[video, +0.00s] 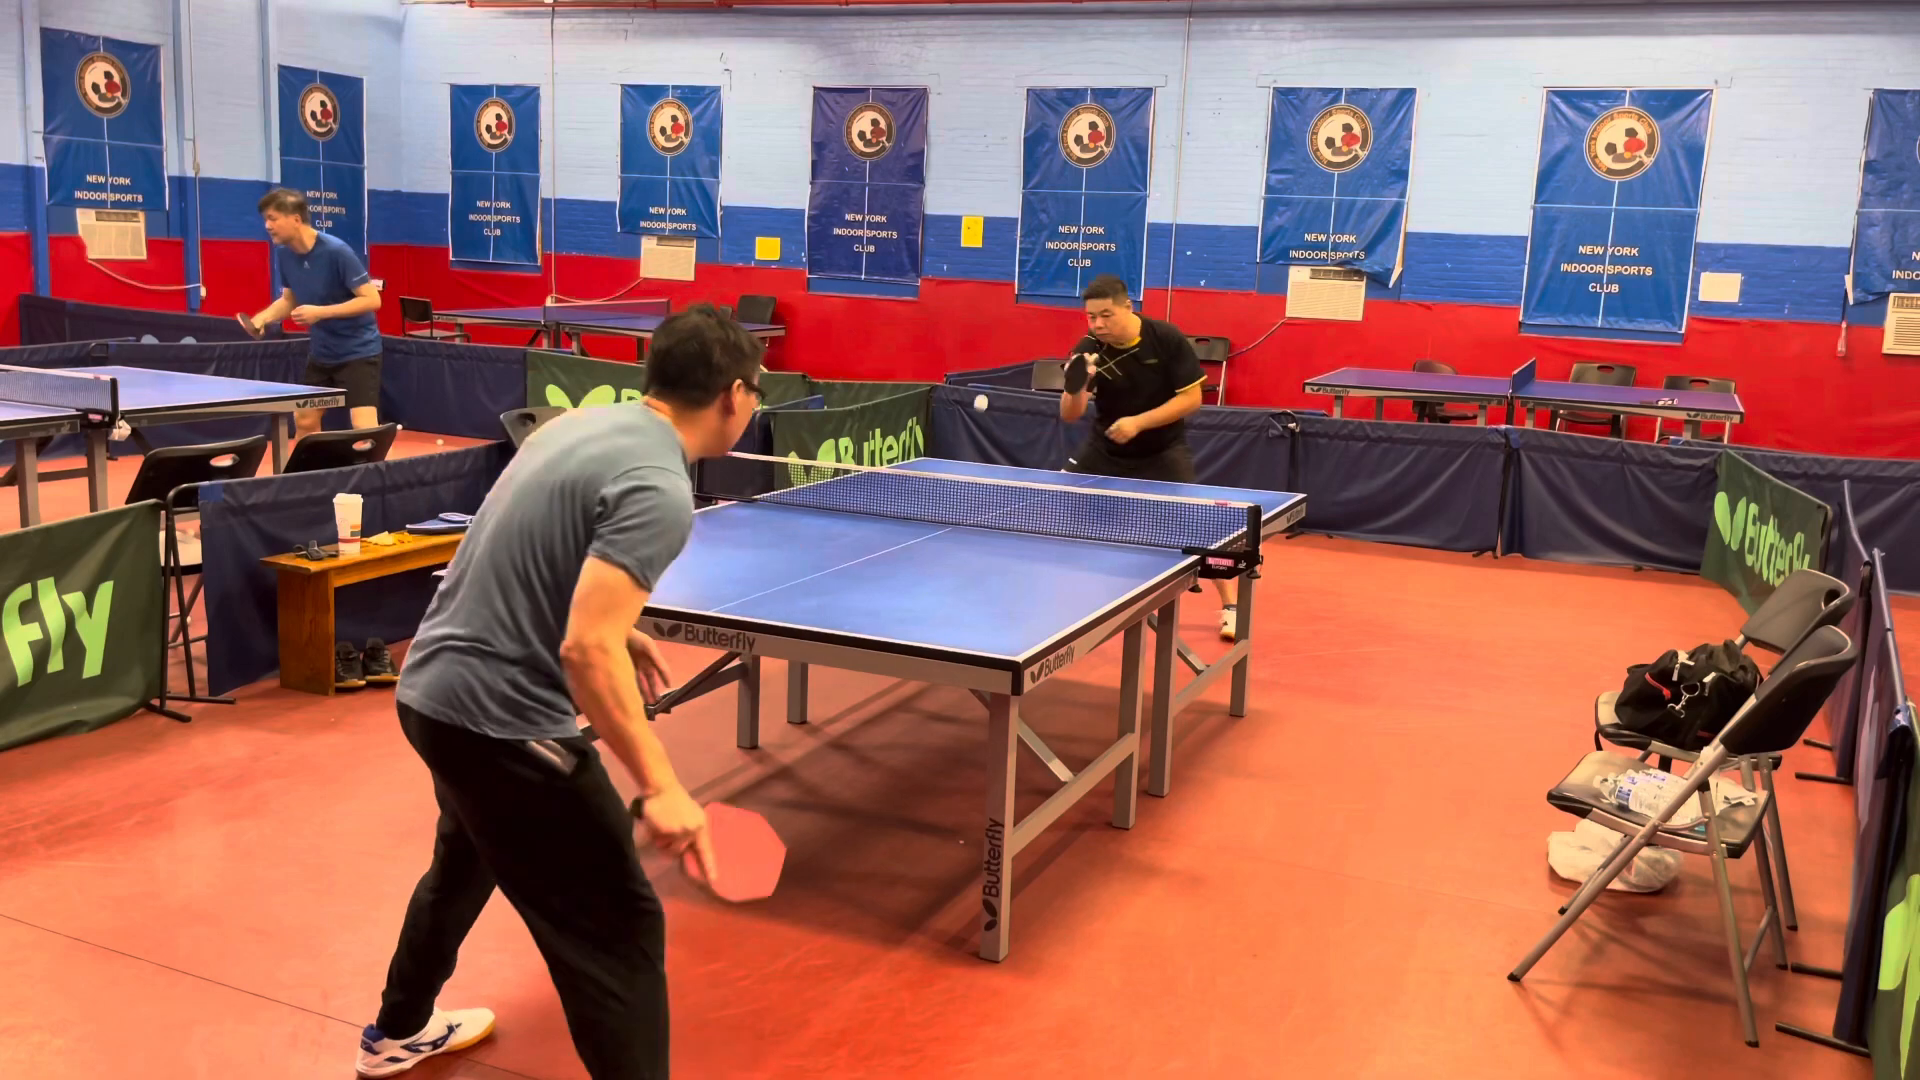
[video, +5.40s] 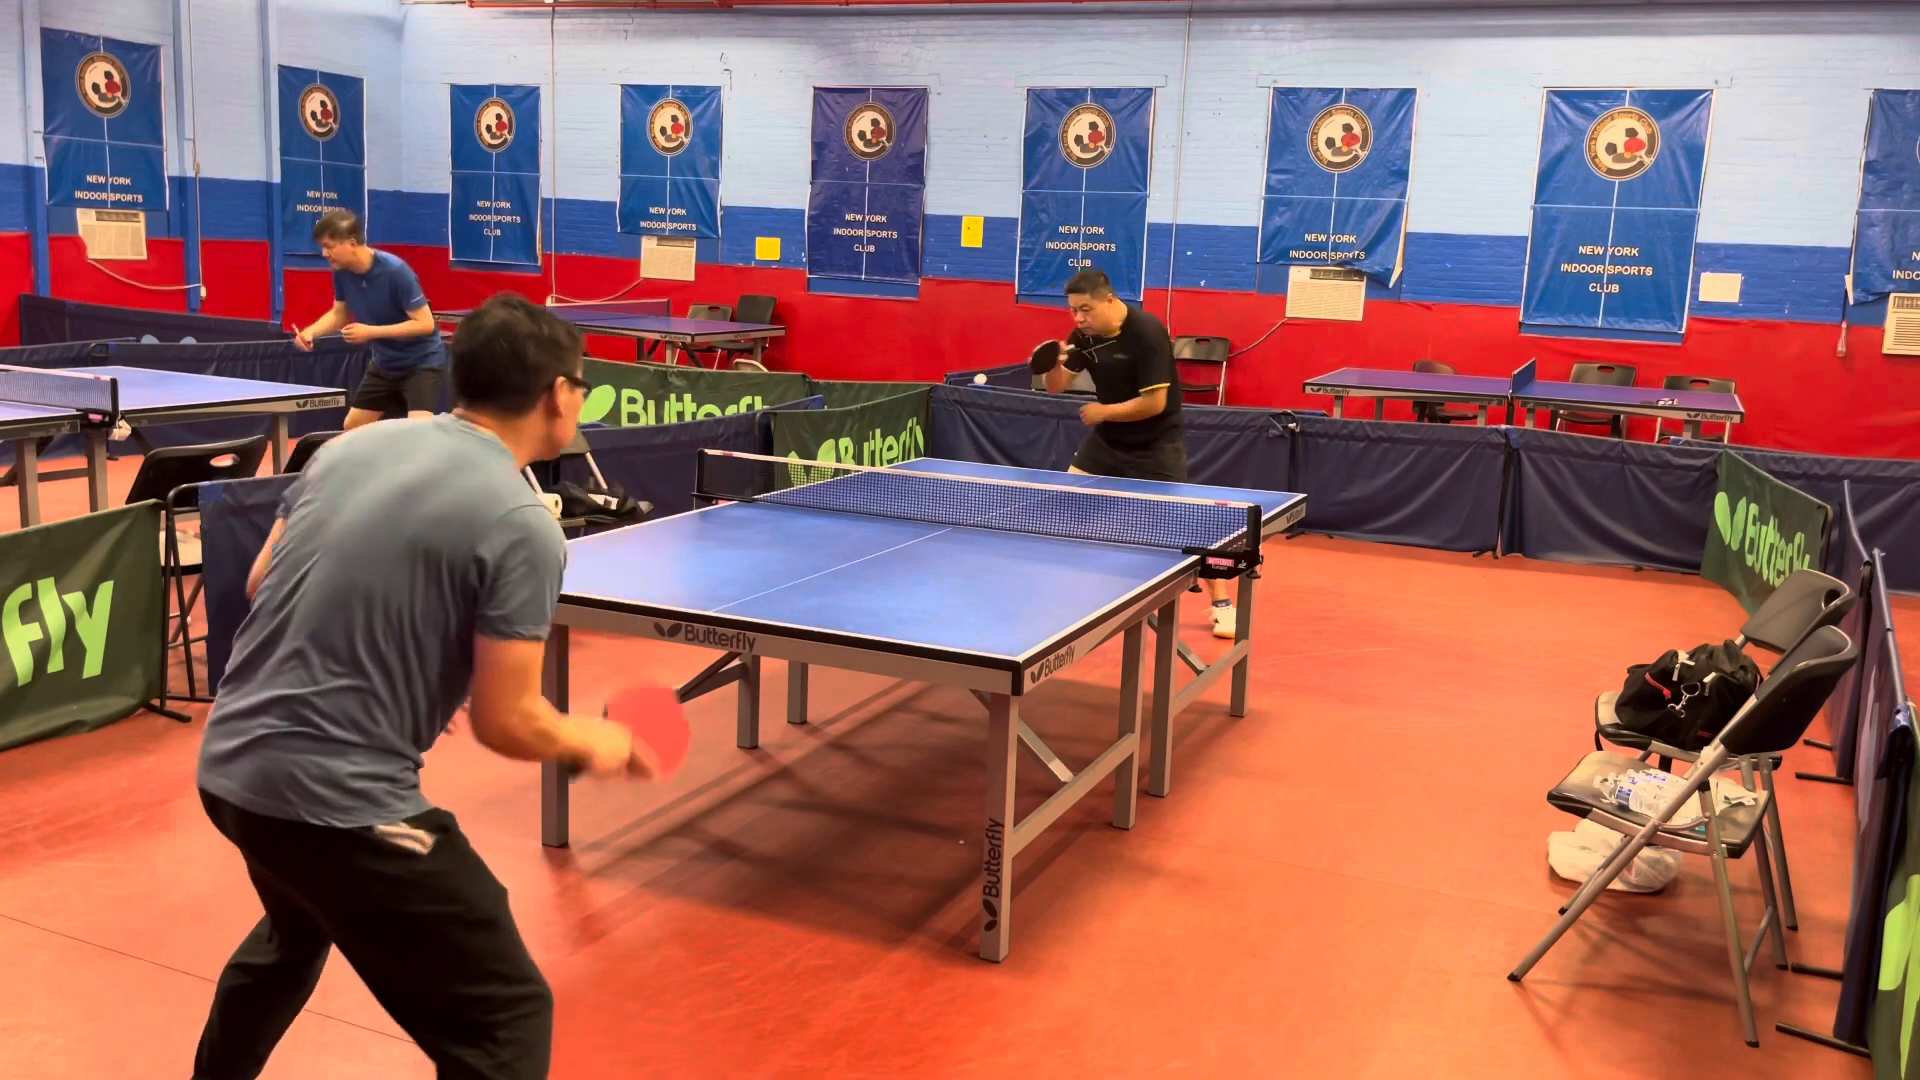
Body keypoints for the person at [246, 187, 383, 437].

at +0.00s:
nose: (267, 226)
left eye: (273, 219)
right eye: (266, 220)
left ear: (296, 219)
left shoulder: (337, 251)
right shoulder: (284, 254)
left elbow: (372, 299)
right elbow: (289, 299)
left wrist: (320, 312)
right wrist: (261, 318)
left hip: (359, 354)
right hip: (321, 353)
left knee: (364, 429)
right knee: (305, 422)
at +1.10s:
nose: (314, 232)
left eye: (319, 224)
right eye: (312, 225)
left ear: (342, 224)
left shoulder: (384, 255)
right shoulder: (333, 258)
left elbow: (415, 307)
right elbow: (340, 302)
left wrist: (360, 315)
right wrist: (313, 319)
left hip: (404, 358)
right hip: (366, 358)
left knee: (413, 431)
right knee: (344, 425)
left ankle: (434, 493)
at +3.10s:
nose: (324, 216)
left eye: (330, 209)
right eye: (323, 210)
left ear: (353, 210)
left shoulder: (389, 245)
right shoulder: (336, 246)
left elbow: (420, 296)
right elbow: (340, 296)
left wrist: (367, 304)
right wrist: (320, 311)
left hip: (397, 354)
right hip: (358, 354)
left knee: (409, 427)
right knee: (347, 423)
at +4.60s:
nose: (317, 265)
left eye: (322, 257)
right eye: (315, 258)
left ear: (345, 251)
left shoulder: (387, 276)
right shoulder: (332, 280)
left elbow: (418, 328)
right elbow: (328, 322)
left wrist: (365, 338)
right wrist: (306, 339)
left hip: (417, 361)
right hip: (378, 362)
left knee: (419, 430)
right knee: (342, 425)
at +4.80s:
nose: (321, 264)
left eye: (326, 256)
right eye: (318, 258)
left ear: (348, 251)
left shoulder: (393, 276)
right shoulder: (327, 274)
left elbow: (423, 327)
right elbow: (296, 303)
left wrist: (371, 338)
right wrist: (269, 314)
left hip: (418, 362)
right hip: (377, 364)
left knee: (419, 430)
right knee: (341, 425)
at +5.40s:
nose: (325, 254)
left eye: (329, 247)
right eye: (323, 247)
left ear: (351, 243)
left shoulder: (396, 271)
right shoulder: (342, 272)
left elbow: (426, 324)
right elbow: (340, 314)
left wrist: (372, 332)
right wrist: (311, 332)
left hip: (423, 361)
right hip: (383, 361)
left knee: (420, 429)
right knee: (354, 426)